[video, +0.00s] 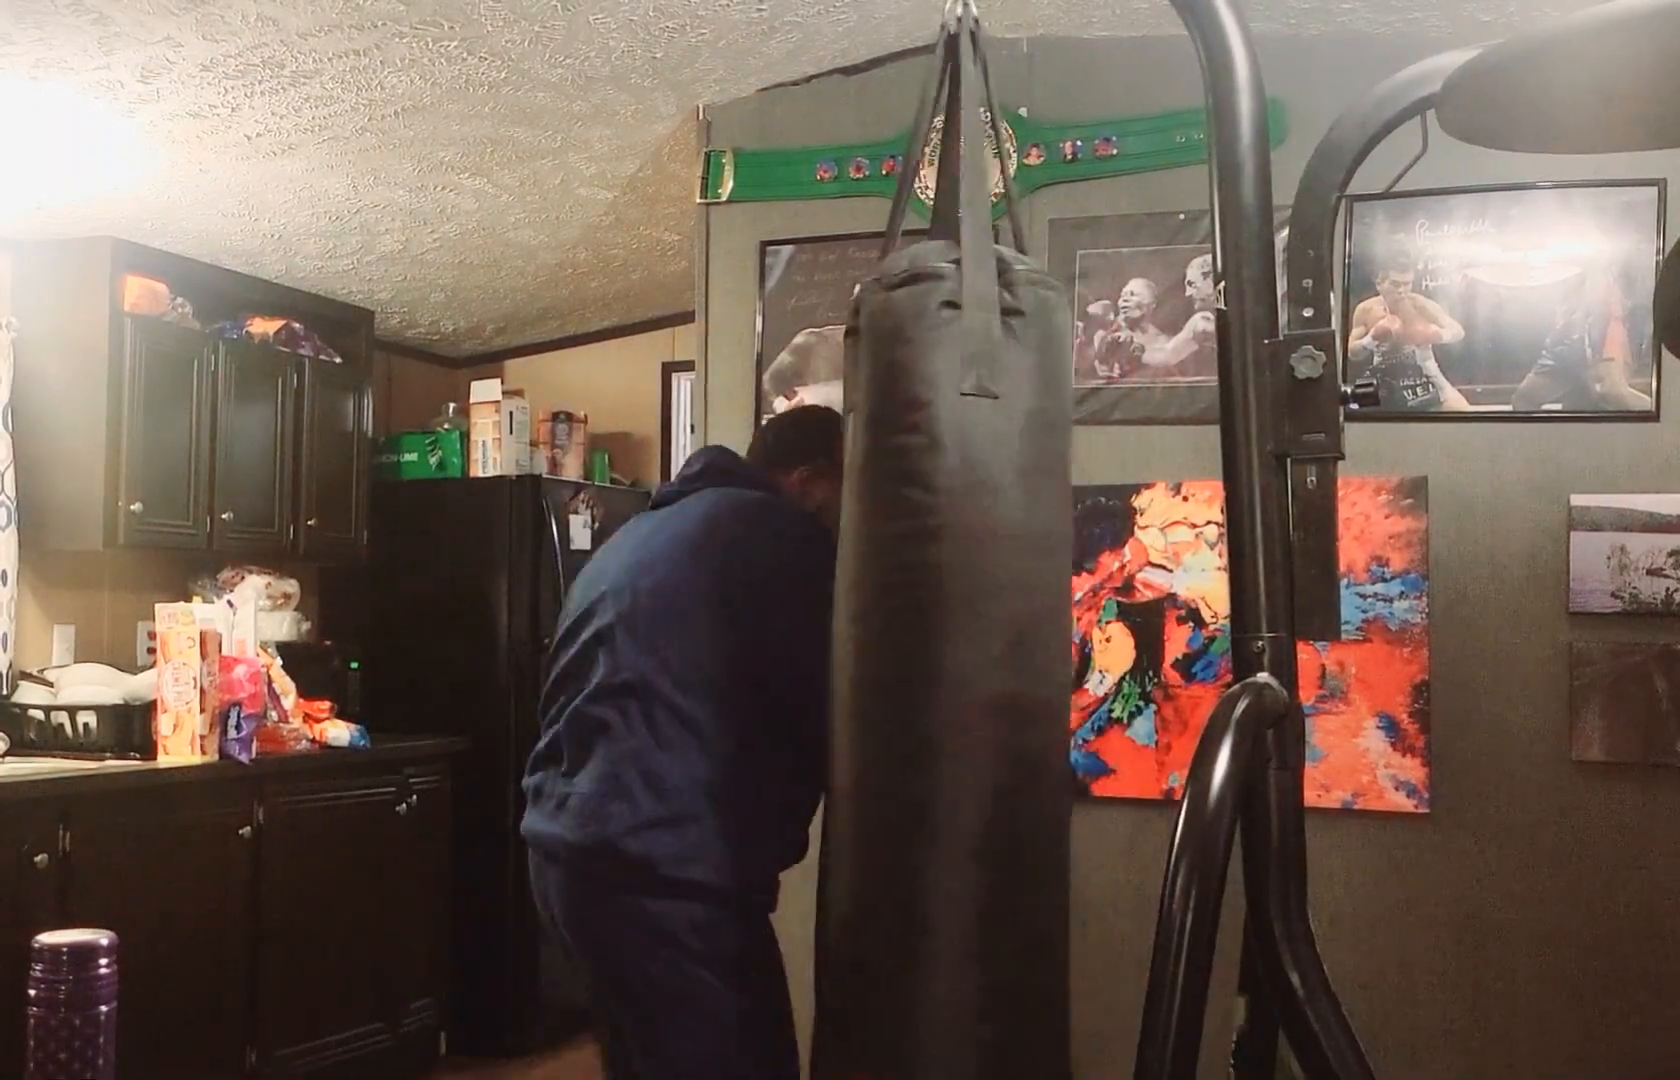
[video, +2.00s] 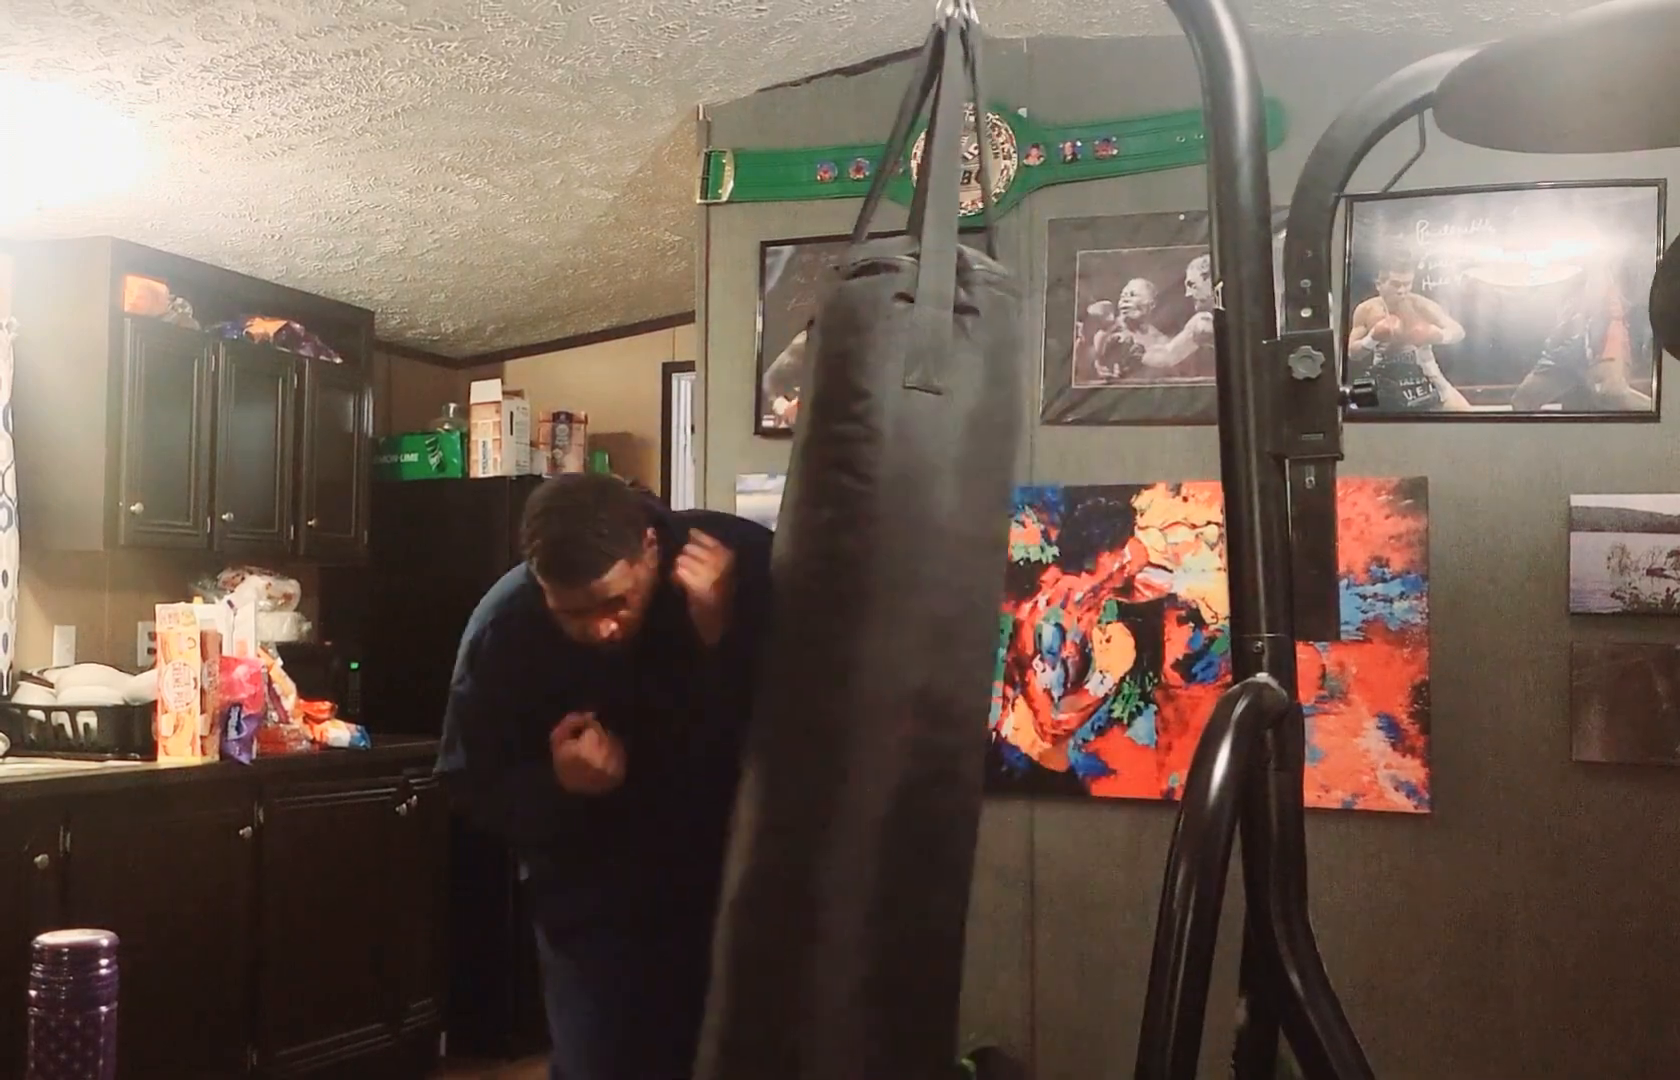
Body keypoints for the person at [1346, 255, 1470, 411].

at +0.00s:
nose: (1402, 291)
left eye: (1407, 284)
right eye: (1396, 284)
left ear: (1412, 283)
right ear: (1379, 283)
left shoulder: (1421, 304)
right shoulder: (1366, 310)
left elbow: (1458, 331)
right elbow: (1352, 353)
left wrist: (1435, 335)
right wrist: (1374, 337)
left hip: (1429, 382)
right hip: (1386, 386)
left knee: (1467, 416)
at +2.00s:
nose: (1402, 291)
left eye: (1407, 285)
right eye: (1396, 285)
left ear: (1412, 283)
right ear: (1379, 284)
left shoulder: (1421, 305)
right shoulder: (1365, 310)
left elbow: (1458, 332)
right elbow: (1352, 353)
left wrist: (1435, 335)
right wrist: (1374, 338)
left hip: (1428, 382)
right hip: (1385, 385)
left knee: (1469, 418)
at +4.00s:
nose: (1401, 291)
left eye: (1406, 285)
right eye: (1395, 285)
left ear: (1411, 284)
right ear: (1378, 284)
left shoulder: (1420, 306)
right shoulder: (1364, 311)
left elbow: (1457, 332)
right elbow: (1352, 354)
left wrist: (1435, 336)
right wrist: (1373, 338)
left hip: (1428, 384)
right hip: (1386, 388)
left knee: (1468, 420)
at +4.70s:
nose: (1401, 291)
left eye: (1406, 285)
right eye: (1394, 285)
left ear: (1411, 284)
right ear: (1378, 284)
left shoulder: (1420, 305)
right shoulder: (1364, 311)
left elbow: (1457, 332)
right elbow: (1351, 354)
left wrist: (1434, 336)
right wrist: (1373, 338)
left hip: (1428, 384)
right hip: (1385, 388)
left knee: (1469, 421)